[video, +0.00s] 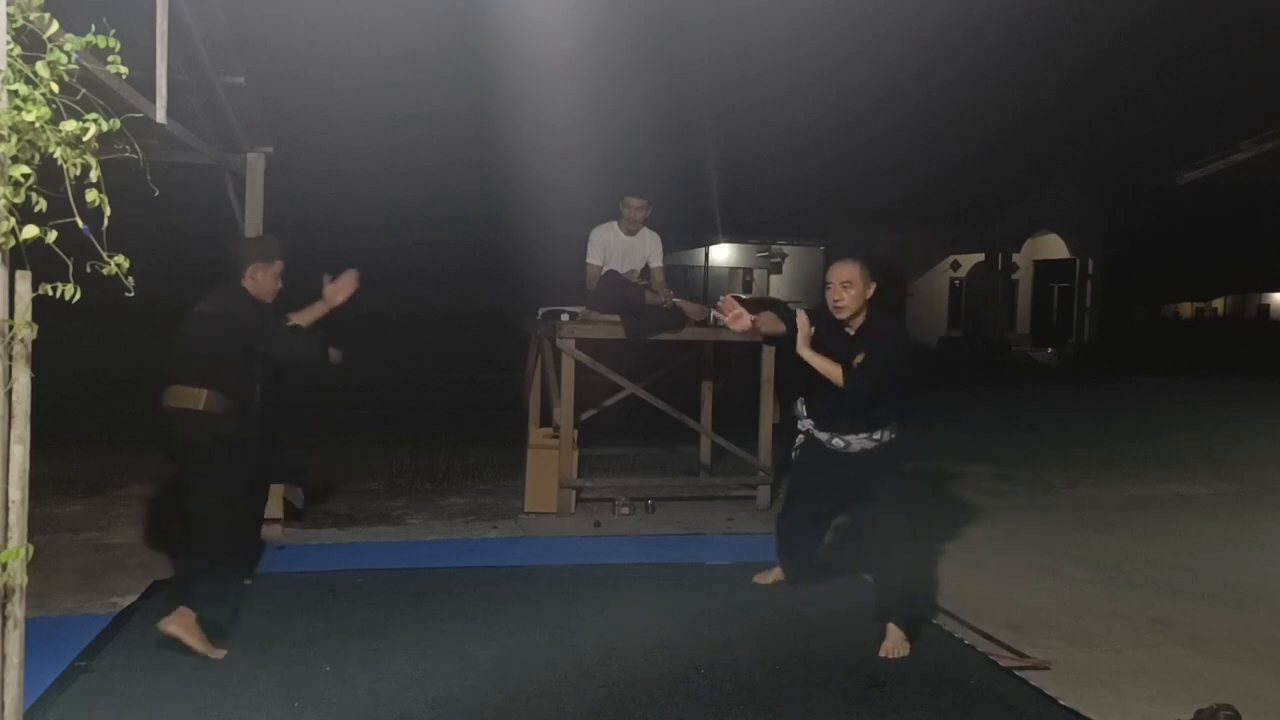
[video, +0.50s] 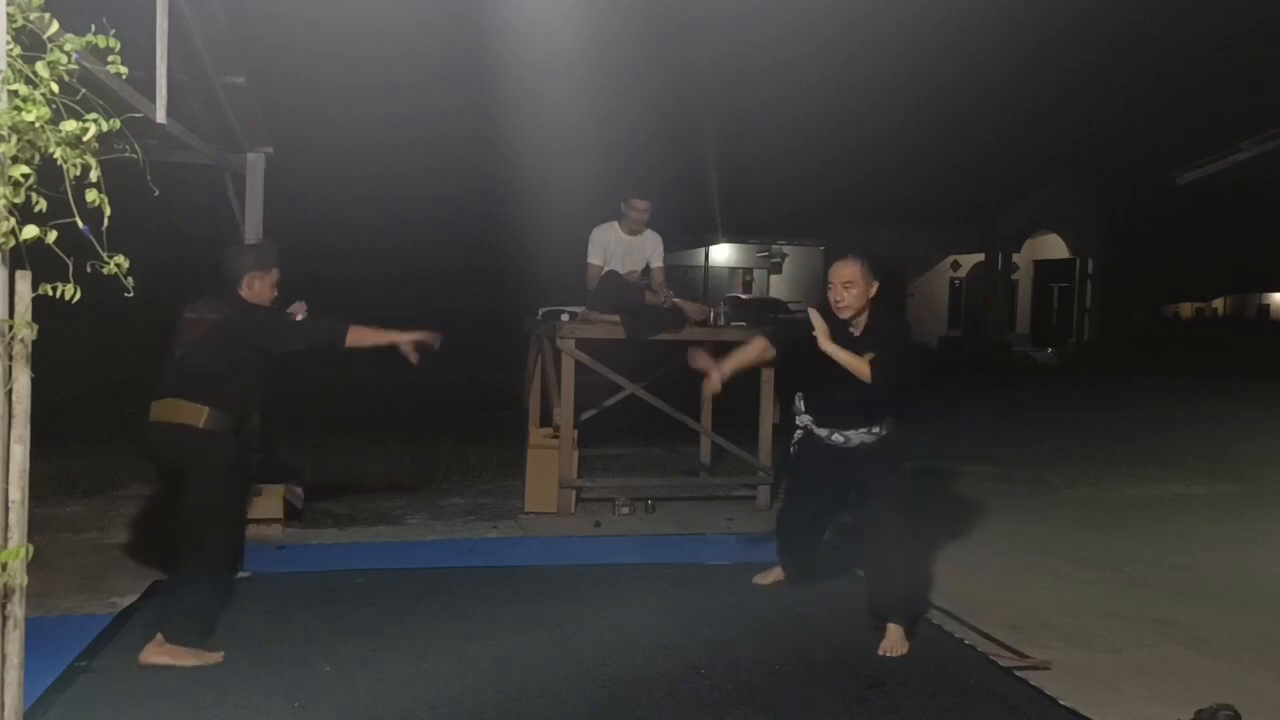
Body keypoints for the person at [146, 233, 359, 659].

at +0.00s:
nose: (280, 284)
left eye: (280, 275)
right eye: (277, 274)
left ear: (250, 273)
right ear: (255, 272)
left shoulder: (222, 303)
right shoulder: (238, 309)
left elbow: (278, 328)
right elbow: (290, 345)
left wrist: (326, 303)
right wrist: (330, 354)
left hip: (187, 420)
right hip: (208, 424)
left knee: (211, 510)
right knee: (222, 513)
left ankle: (188, 609)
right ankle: (186, 613)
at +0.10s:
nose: (279, 286)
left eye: (279, 277)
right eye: (276, 277)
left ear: (247, 276)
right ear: (253, 276)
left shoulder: (216, 305)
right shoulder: (239, 312)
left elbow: (265, 336)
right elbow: (286, 344)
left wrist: (305, 309)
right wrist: (347, 349)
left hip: (186, 427)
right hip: (208, 431)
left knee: (207, 517)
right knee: (211, 523)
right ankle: (175, 623)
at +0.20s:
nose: (279, 289)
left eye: (279, 280)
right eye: (276, 280)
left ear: (242, 279)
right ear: (254, 279)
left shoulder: (202, 311)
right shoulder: (254, 320)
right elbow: (335, 328)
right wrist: (401, 318)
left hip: (171, 433)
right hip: (206, 440)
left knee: (201, 523)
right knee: (217, 533)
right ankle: (175, 637)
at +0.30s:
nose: (278, 290)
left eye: (278, 280)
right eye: (275, 281)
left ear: (240, 280)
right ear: (253, 280)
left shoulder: (201, 312)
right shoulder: (252, 322)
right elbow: (332, 325)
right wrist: (401, 315)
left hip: (168, 432)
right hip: (202, 439)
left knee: (203, 522)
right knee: (216, 530)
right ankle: (175, 640)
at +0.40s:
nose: (276, 291)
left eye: (276, 282)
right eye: (273, 282)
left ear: (237, 281)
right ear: (253, 281)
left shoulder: (197, 312)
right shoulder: (253, 320)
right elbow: (330, 327)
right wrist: (399, 318)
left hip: (164, 434)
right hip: (203, 441)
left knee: (202, 523)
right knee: (217, 535)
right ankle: (175, 642)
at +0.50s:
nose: (275, 290)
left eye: (274, 281)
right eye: (271, 281)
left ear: (237, 282)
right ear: (250, 282)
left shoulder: (201, 312)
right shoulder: (250, 320)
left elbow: (239, 340)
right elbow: (323, 332)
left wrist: (280, 320)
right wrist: (396, 337)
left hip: (166, 432)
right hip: (201, 439)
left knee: (202, 523)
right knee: (218, 538)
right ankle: (175, 640)